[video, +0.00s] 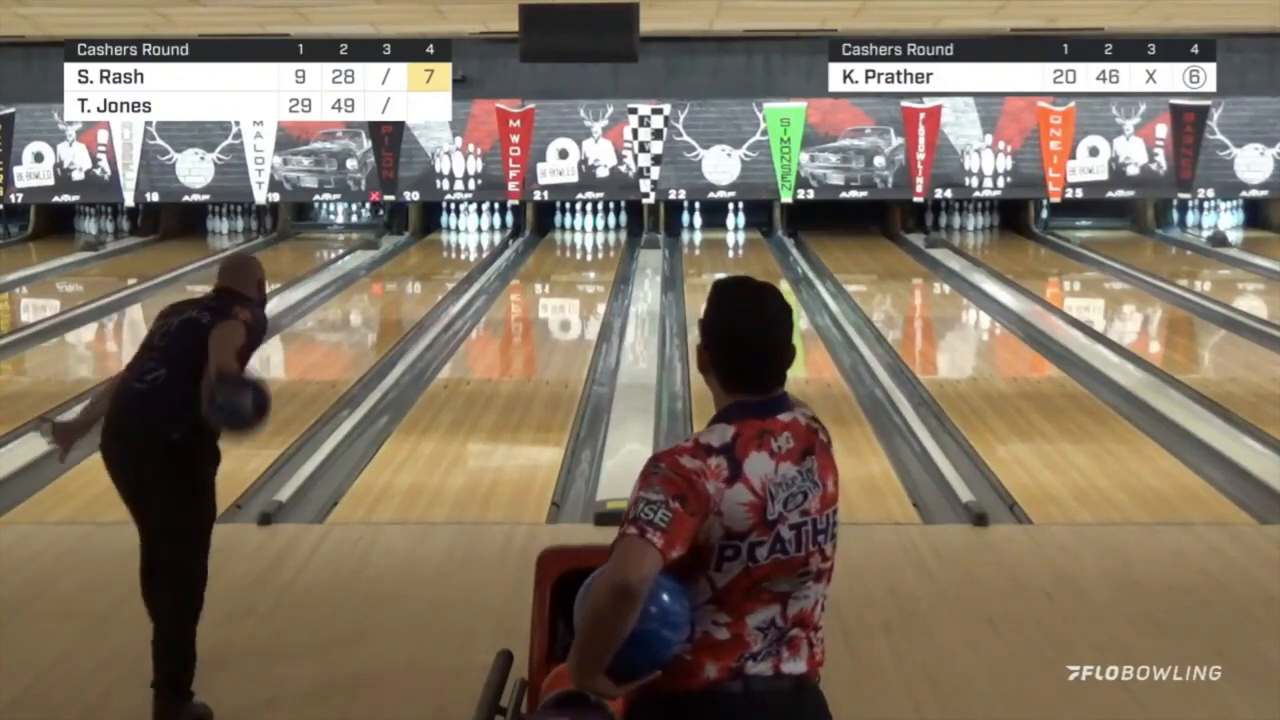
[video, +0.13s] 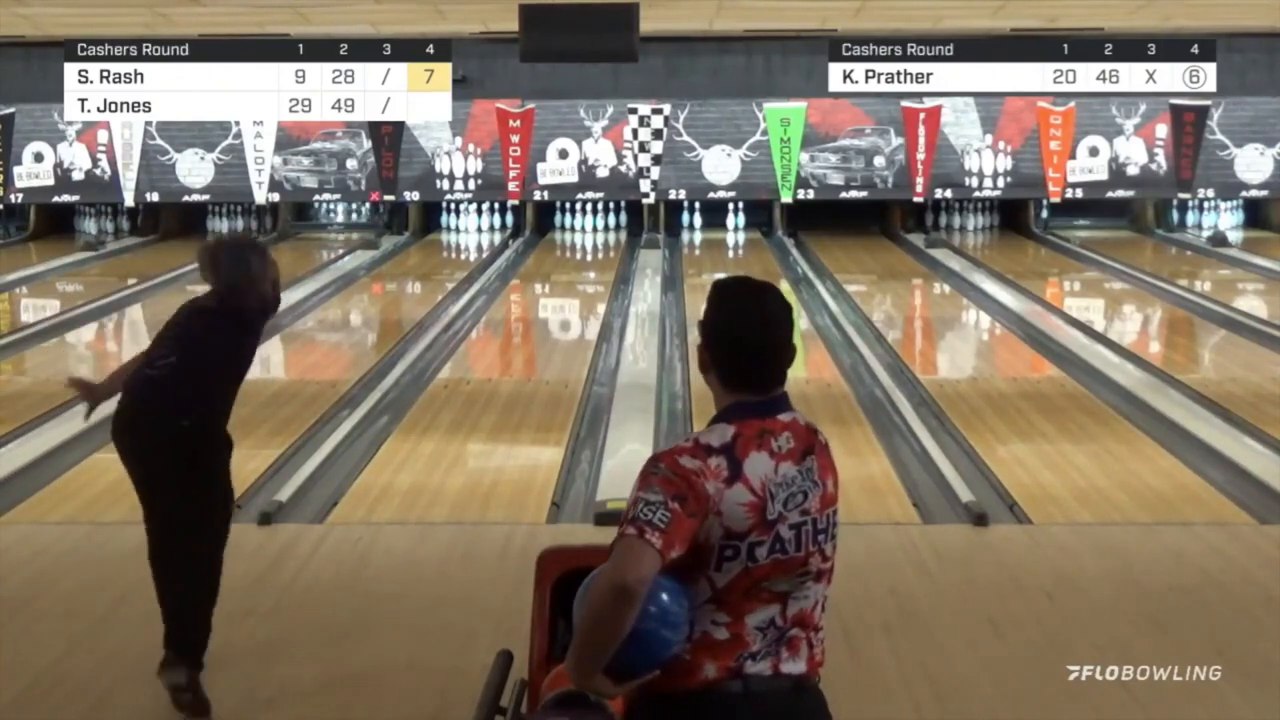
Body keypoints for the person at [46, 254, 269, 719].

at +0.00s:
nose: (264, 294)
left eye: (262, 287)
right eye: (263, 287)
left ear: (219, 284)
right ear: (256, 286)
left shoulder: (177, 311)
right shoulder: (246, 311)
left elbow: (131, 374)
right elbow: (225, 332)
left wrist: (79, 424)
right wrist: (224, 377)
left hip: (123, 437)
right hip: (176, 446)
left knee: (157, 548)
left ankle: (170, 674)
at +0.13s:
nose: (275, 277)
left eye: (273, 270)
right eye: (268, 272)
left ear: (224, 277)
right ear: (249, 279)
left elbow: (149, 359)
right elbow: (151, 358)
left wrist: (100, 388)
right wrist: (102, 389)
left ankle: (182, 654)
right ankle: (181, 659)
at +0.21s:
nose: (276, 283)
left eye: (275, 274)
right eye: (276, 275)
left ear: (249, 274)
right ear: (272, 285)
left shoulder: (209, 304)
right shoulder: (251, 293)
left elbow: (170, 359)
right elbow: (220, 258)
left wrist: (127, 370)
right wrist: (206, 219)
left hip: (142, 415)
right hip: (199, 421)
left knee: (168, 528)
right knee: (221, 538)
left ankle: (179, 636)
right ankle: (196, 638)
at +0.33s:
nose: (298, 277)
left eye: (298, 272)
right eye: (296, 271)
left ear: (264, 272)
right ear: (282, 276)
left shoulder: (234, 300)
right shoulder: (258, 284)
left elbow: (189, 345)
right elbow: (227, 231)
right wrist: (224, 177)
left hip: (155, 414)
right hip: (208, 417)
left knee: (175, 529)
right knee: (247, 516)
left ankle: (180, 644)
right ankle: (232, 624)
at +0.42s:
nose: (311, 287)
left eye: (308, 279)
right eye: (311, 281)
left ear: (274, 269)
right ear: (303, 286)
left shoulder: (247, 296)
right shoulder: (277, 293)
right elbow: (244, 231)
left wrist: (242, 168)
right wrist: (242, 172)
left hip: (169, 414)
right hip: (220, 421)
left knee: (191, 515)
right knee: (250, 514)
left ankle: (179, 612)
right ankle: (237, 612)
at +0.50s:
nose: (319, 283)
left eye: (319, 278)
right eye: (315, 275)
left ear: (282, 281)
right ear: (300, 283)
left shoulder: (249, 310)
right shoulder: (283, 301)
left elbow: (220, 332)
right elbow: (259, 247)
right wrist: (248, 187)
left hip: (177, 417)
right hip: (226, 426)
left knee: (207, 499)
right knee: (256, 518)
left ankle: (197, 593)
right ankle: (236, 610)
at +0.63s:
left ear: (263, 278)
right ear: (307, 275)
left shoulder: (262, 318)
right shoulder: (308, 318)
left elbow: (227, 314)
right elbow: (323, 289)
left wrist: (184, 307)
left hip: (190, 419)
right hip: (238, 433)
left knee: (238, 468)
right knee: (266, 522)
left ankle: (241, 551)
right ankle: (241, 594)